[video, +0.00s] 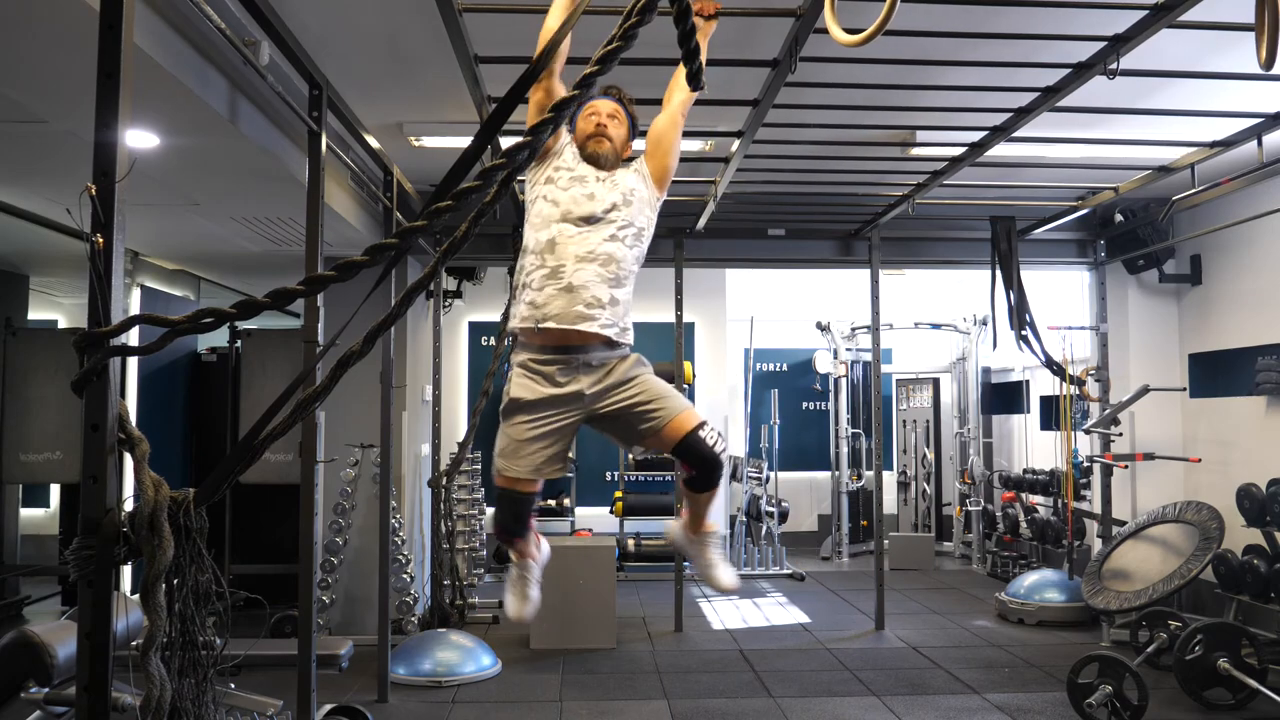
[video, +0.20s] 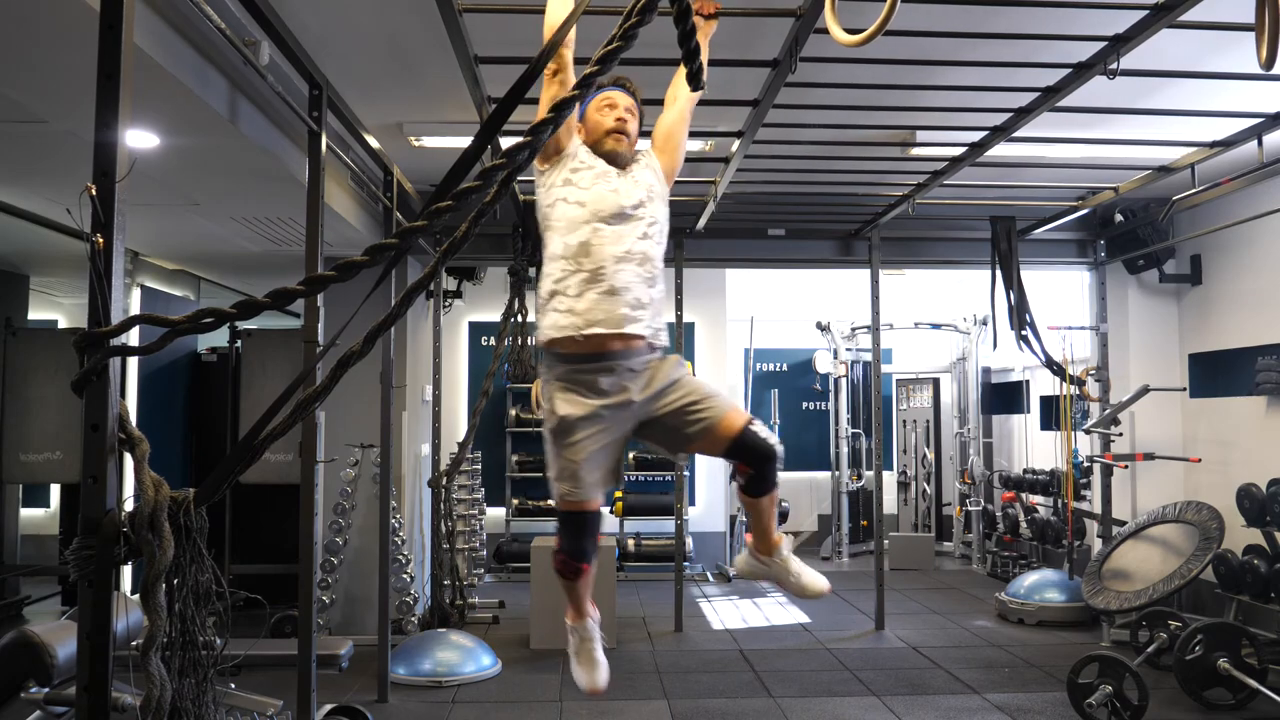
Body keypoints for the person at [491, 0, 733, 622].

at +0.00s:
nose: (600, 116)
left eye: (613, 113)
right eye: (590, 112)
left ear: (630, 139)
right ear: (571, 130)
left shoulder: (644, 181)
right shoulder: (549, 162)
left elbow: (678, 103)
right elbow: (546, 67)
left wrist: (701, 32)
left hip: (612, 363)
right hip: (535, 366)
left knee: (706, 457)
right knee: (509, 517)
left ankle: (695, 531)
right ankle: (527, 557)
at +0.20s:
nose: (622, 115)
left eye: (631, 112)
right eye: (609, 108)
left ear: (640, 130)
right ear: (581, 126)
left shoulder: (652, 172)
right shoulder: (560, 168)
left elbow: (681, 102)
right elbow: (555, 67)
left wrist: (701, 34)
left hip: (647, 366)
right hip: (573, 377)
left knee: (759, 450)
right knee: (577, 536)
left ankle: (766, 553)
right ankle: (582, 622)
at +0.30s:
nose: (635, 109)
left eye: (641, 106)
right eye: (622, 104)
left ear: (654, 126)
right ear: (598, 128)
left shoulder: (669, 168)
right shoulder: (583, 172)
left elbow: (689, 100)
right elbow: (574, 92)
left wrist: (701, 37)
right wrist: (571, 51)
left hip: (691, 365)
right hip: (615, 378)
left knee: (795, 461)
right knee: (615, 534)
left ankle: (785, 567)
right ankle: (602, 645)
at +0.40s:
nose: (662, 100)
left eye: (668, 98)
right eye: (647, 96)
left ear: (678, 121)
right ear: (620, 120)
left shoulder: (692, 165)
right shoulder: (612, 161)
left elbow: (704, 92)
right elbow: (588, 68)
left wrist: (707, 30)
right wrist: (583, 28)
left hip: (729, 363)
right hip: (657, 371)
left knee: (830, 468)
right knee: (648, 538)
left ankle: (798, 581)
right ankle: (617, 652)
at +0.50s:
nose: (687, 88)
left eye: (687, 85)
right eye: (670, 85)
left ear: (694, 110)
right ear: (643, 114)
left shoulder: (711, 159)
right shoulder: (635, 155)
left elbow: (714, 98)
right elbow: (606, 78)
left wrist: (708, 32)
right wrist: (594, 40)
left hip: (767, 350)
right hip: (697, 357)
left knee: (859, 468)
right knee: (684, 529)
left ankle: (810, 582)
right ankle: (634, 652)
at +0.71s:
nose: (692, 83)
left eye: (694, 80)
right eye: (677, 80)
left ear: (695, 105)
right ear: (652, 104)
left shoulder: (720, 147)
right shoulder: (649, 152)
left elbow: (722, 97)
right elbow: (615, 89)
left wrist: (708, 34)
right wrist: (596, 41)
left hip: (804, 326)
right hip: (741, 333)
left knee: (896, 450)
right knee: (752, 505)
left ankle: (833, 575)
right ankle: (686, 652)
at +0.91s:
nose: (664, 86)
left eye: (668, 83)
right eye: (650, 83)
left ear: (676, 103)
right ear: (628, 107)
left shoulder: (701, 141)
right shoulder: (628, 152)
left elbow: (719, 94)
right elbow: (605, 117)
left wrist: (706, 32)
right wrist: (589, 71)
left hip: (791, 310)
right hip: (732, 313)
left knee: (870, 449)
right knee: (774, 464)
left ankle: (806, 584)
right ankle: (728, 646)